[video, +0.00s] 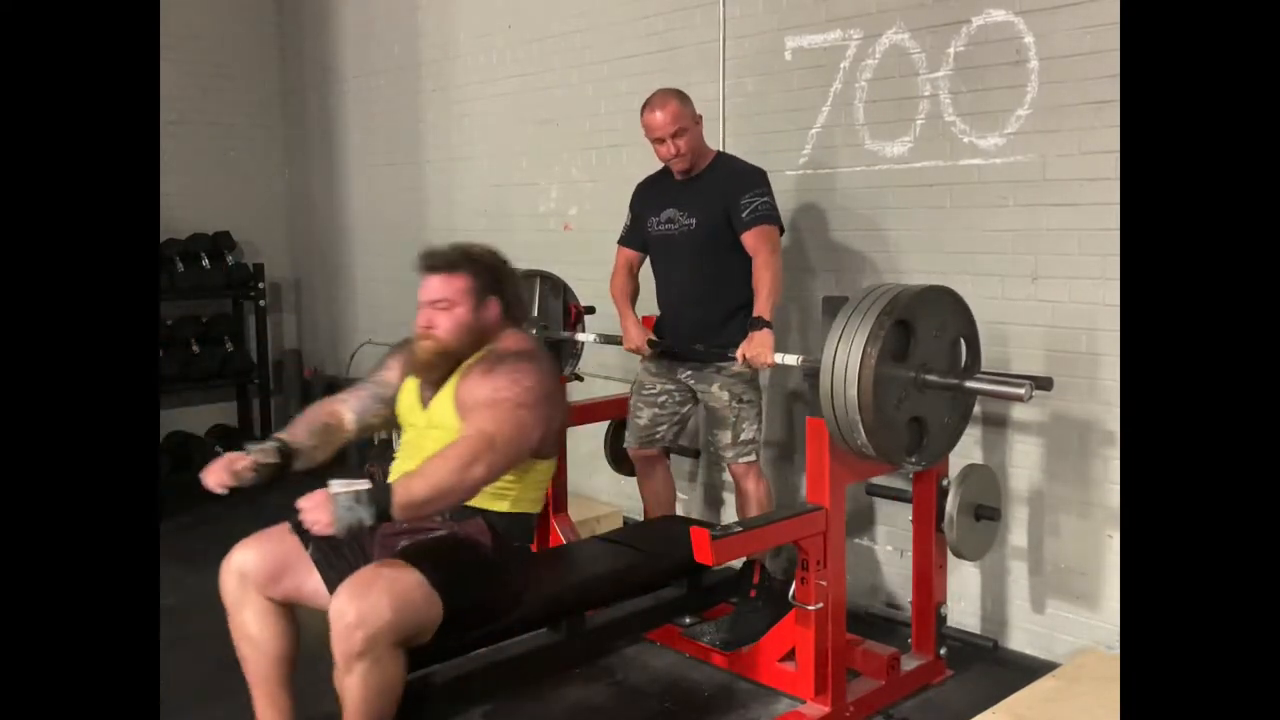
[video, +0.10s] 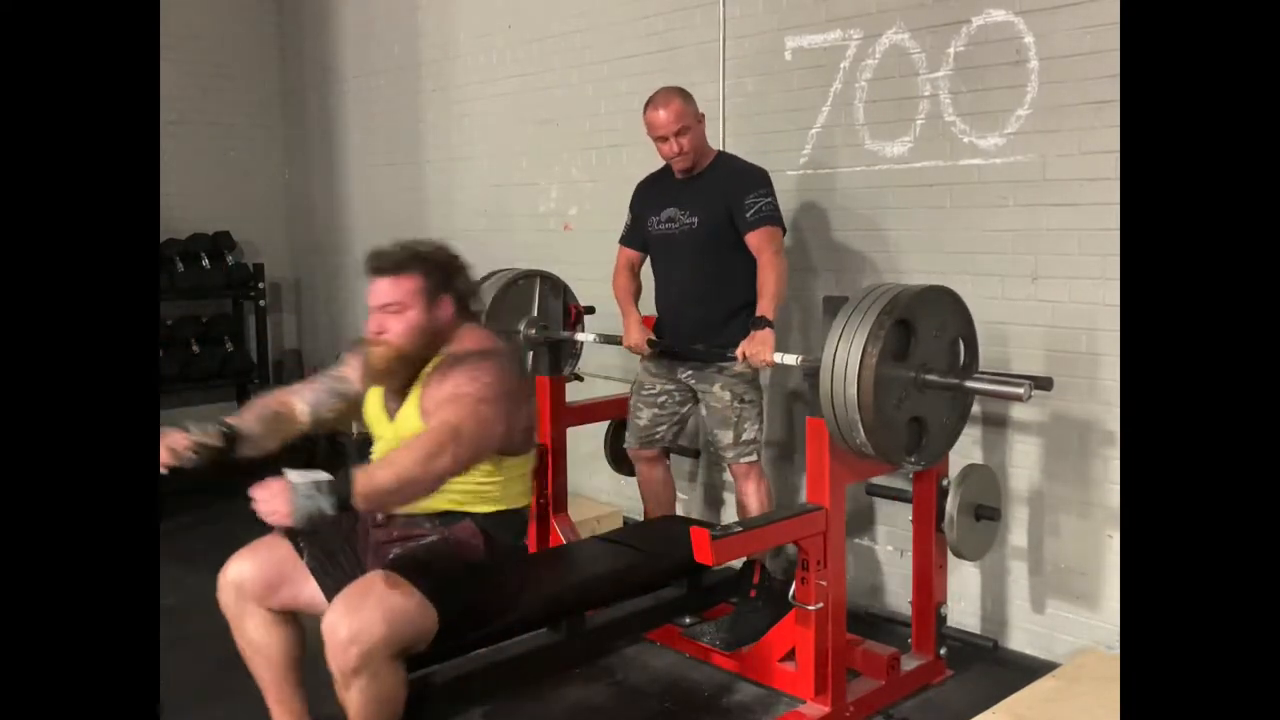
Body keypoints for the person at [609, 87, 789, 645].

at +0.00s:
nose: (671, 148)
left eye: (679, 134)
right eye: (660, 140)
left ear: (699, 124)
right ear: (649, 141)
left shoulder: (742, 180)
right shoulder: (649, 194)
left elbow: (767, 253)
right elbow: (624, 269)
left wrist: (763, 324)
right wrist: (628, 319)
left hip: (730, 357)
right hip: (667, 355)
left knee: (743, 466)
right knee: (645, 452)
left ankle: (766, 580)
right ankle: (665, 561)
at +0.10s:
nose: (673, 146)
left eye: (681, 133)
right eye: (662, 139)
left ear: (702, 123)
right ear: (651, 139)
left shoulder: (744, 180)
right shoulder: (650, 192)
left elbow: (771, 254)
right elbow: (625, 268)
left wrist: (764, 323)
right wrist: (631, 318)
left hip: (730, 358)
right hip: (666, 356)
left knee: (744, 463)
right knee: (646, 452)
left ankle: (766, 582)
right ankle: (664, 563)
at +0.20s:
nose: (676, 143)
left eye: (684, 129)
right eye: (664, 135)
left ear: (704, 119)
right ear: (652, 134)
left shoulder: (747, 176)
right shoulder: (649, 189)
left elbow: (776, 255)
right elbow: (628, 265)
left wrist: (765, 324)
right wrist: (634, 317)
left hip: (730, 357)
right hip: (666, 356)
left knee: (745, 465)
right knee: (648, 454)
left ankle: (762, 587)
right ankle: (662, 573)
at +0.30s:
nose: (677, 139)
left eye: (685, 125)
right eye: (665, 131)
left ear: (705, 113)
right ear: (652, 128)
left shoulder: (752, 172)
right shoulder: (651, 184)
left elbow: (782, 252)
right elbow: (631, 261)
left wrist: (766, 325)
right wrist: (636, 316)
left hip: (733, 355)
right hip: (668, 354)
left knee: (745, 465)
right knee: (655, 456)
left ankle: (761, 587)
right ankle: (661, 576)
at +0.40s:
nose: (679, 137)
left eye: (687, 122)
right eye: (667, 128)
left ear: (707, 109)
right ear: (655, 125)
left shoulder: (757, 169)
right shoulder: (653, 181)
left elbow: (789, 248)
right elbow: (635, 255)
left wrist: (764, 321)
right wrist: (634, 313)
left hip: (734, 356)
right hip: (669, 354)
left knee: (748, 468)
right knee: (660, 460)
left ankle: (761, 588)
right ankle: (663, 579)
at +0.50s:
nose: (683, 138)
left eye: (691, 123)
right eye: (671, 129)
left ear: (712, 108)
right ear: (658, 124)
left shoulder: (761, 169)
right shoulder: (657, 180)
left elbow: (789, 249)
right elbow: (632, 253)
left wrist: (762, 326)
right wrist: (628, 314)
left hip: (735, 355)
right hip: (670, 354)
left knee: (748, 469)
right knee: (661, 460)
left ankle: (760, 588)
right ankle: (663, 577)